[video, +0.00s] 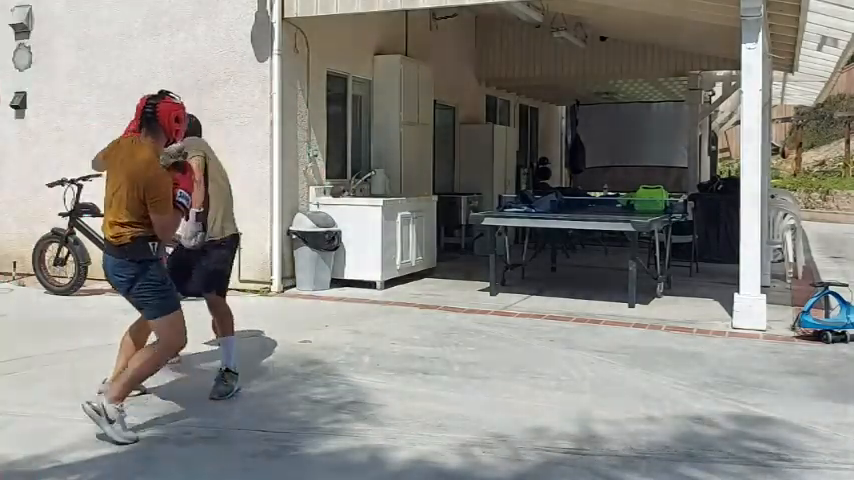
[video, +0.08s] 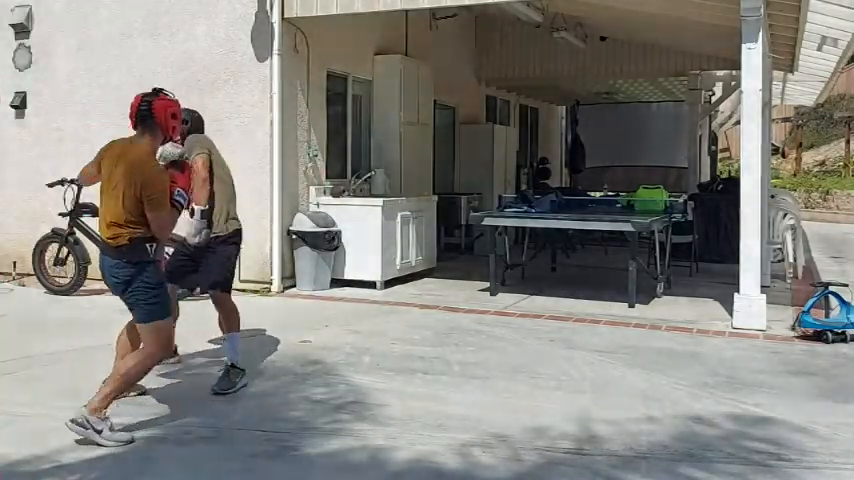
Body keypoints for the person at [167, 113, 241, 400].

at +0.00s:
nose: (167, 138)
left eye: (171, 132)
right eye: (168, 133)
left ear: (181, 131)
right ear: (195, 131)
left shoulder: (193, 144)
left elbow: (199, 180)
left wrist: (193, 220)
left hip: (219, 236)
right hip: (194, 237)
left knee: (215, 299)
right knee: (164, 293)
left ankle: (229, 370)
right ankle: (169, 347)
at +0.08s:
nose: (169, 132)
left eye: (173, 126)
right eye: (170, 127)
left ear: (184, 126)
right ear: (193, 127)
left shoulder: (196, 142)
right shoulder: (185, 154)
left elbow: (202, 173)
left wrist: (197, 216)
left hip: (223, 235)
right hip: (197, 236)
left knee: (219, 294)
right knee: (165, 285)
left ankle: (234, 365)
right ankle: (166, 346)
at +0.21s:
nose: (190, 130)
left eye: (196, 123)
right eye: (186, 126)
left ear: (209, 124)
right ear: (184, 131)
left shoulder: (218, 142)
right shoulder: (199, 160)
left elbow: (224, 181)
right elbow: (186, 195)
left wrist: (209, 216)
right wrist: (184, 181)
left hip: (229, 231)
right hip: (205, 231)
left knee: (224, 294)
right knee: (174, 287)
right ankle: (167, 347)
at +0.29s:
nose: (208, 132)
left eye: (214, 127)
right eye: (204, 128)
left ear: (227, 127)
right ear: (200, 131)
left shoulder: (239, 151)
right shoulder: (213, 162)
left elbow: (248, 192)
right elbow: (211, 204)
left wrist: (220, 220)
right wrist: (192, 187)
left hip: (237, 236)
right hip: (210, 235)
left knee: (241, 302)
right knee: (178, 288)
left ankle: (290, 329)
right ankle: (167, 347)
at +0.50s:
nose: (243, 130)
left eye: (250, 125)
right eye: (239, 125)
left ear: (262, 130)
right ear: (234, 130)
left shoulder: (276, 162)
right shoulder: (237, 163)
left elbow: (285, 204)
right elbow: (242, 202)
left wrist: (256, 220)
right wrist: (221, 199)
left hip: (270, 241)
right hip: (240, 238)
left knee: (271, 301)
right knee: (207, 286)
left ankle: (306, 341)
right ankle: (177, 343)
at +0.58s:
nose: (251, 125)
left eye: (258, 120)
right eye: (248, 120)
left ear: (270, 125)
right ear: (242, 124)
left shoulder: (284, 157)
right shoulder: (241, 158)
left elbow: (298, 197)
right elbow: (249, 195)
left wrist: (271, 216)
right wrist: (230, 195)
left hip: (276, 236)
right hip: (247, 234)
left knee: (275, 296)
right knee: (216, 280)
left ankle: (306, 341)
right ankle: (192, 340)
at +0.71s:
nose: (261, 130)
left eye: (266, 125)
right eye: (257, 124)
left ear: (276, 123)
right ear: (252, 122)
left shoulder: (293, 149)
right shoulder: (247, 150)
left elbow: (315, 181)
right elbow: (251, 186)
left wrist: (292, 201)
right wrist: (236, 185)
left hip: (282, 231)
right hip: (254, 228)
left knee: (283, 287)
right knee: (229, 277)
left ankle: (307, 342)